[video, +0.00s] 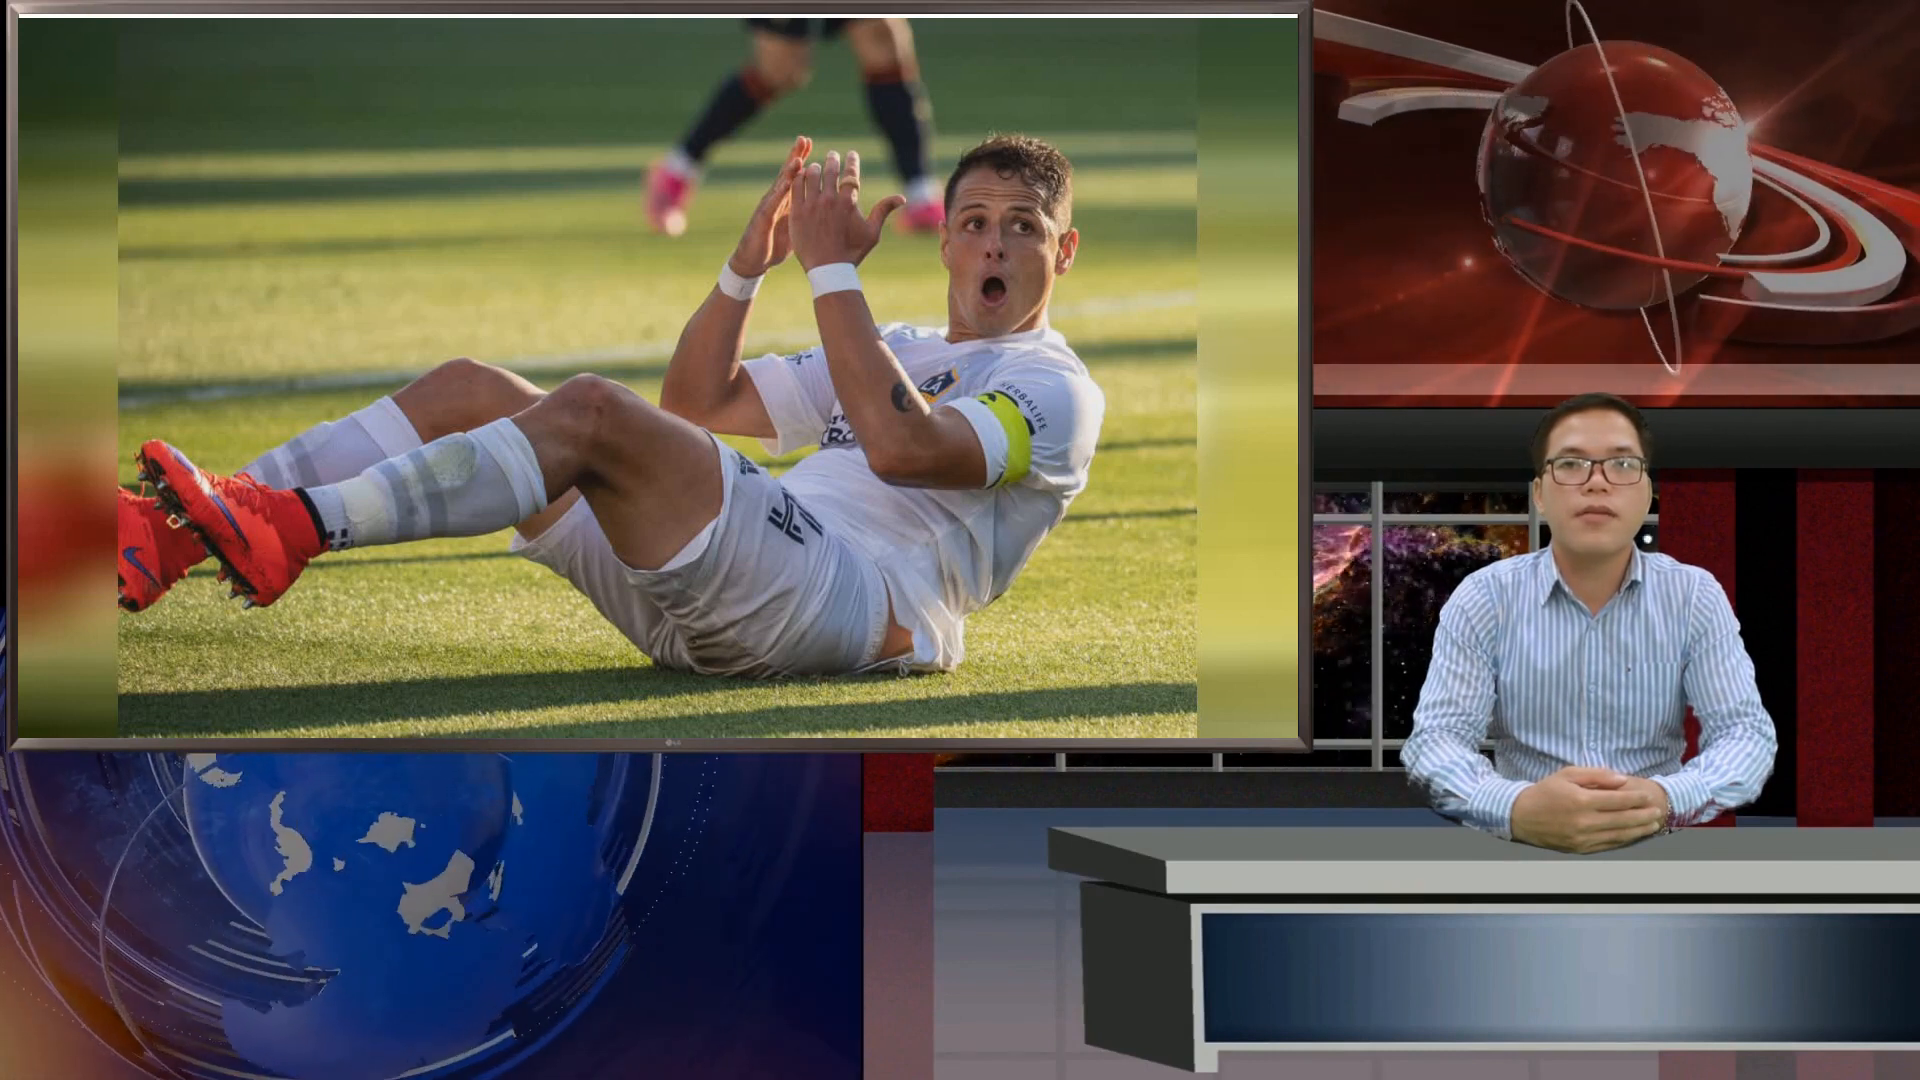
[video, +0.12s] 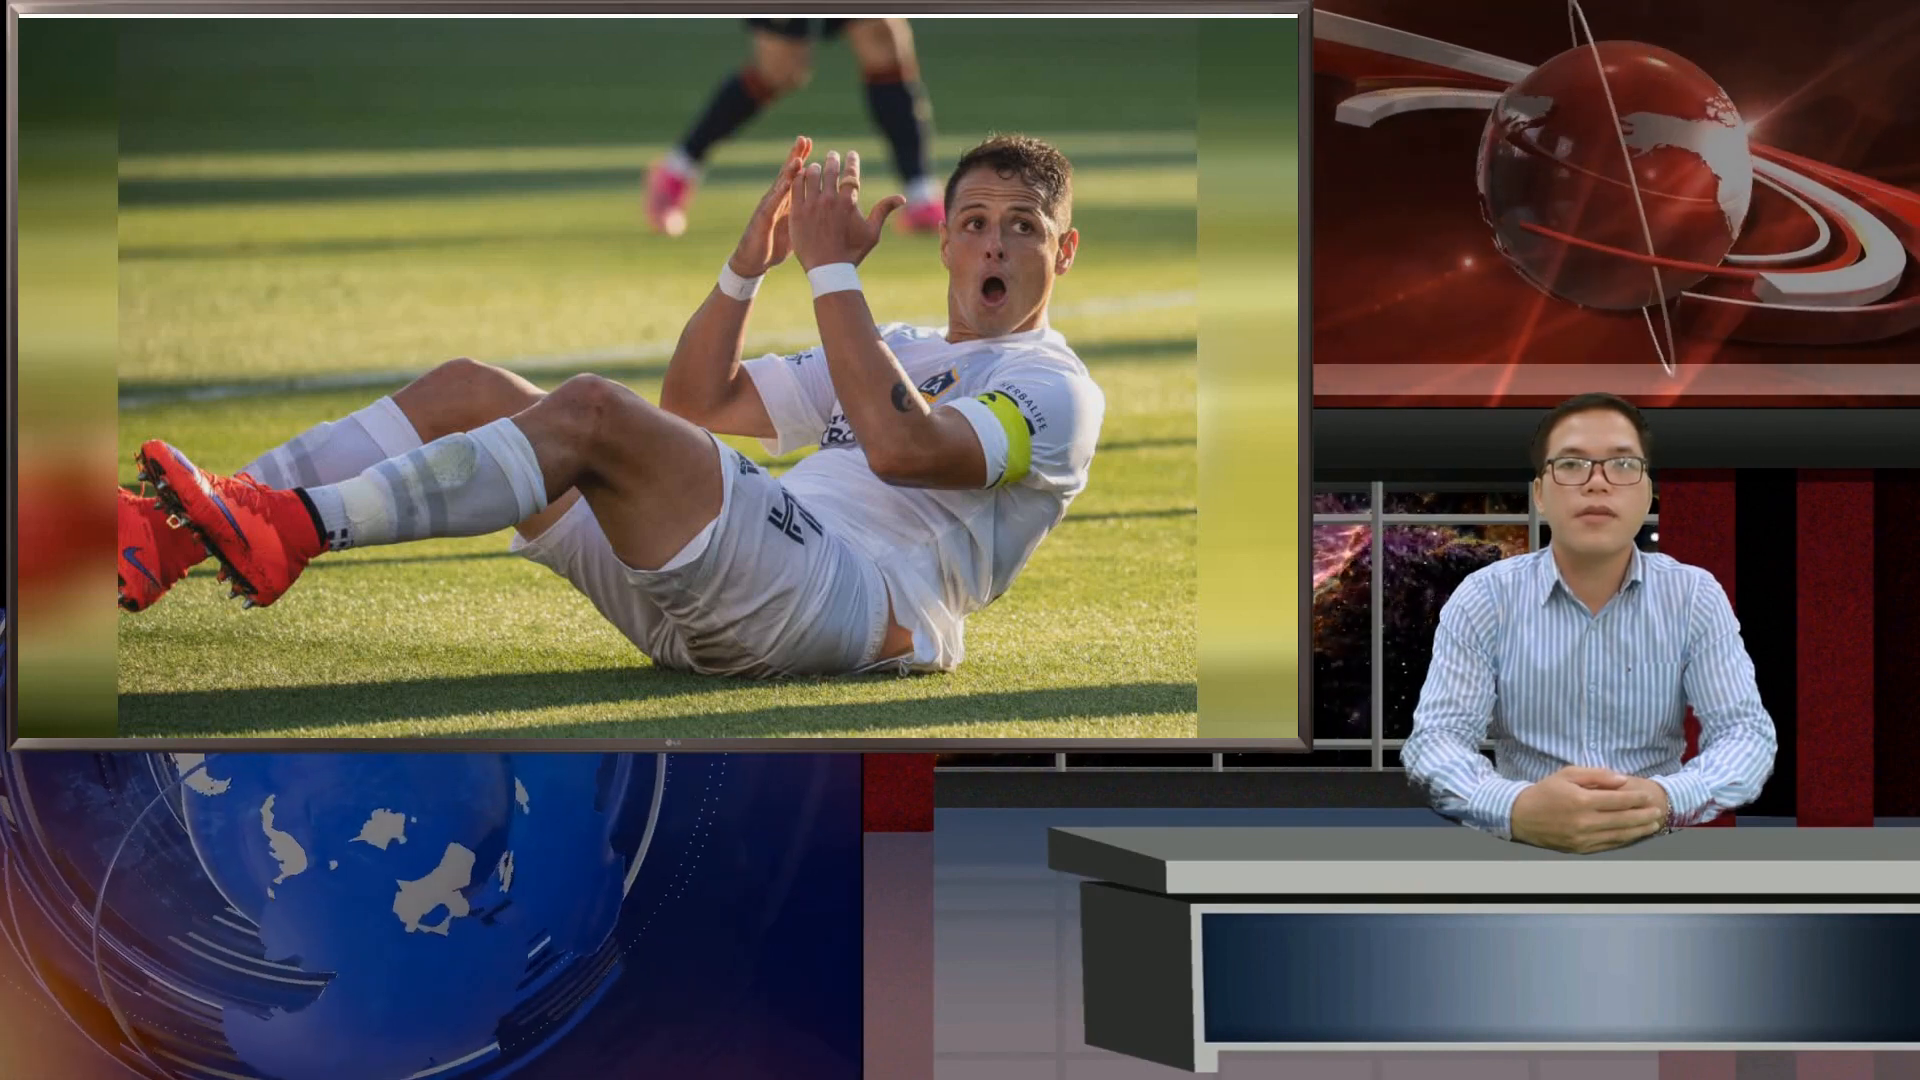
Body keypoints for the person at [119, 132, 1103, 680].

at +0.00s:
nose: (994, 246)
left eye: (1022, 230)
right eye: (975, 224)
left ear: (1065, 257)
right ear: (942, 242)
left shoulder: (1054, 389)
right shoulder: (893, 359)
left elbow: (901, 447)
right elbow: (695, 404)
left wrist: (833, 270)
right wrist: (746, 270)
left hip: (842, 603)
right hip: (734, 573)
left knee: (592, 413)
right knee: (468, 389)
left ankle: (300, 524)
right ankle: (173, 542)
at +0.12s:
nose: (994, 246)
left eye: (1022, 230)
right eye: (975, 224)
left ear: (1065, 257)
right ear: (942, 242)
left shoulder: (1054, 389)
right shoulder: (893, 359)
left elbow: (901, 447)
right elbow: (695, 404)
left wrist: (833, 270)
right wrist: (746, 270)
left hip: (842, 602)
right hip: (734, 573)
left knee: (592, 413)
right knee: (468, 389)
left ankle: (300, 524)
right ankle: (174, 542)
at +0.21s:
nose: (994, 246)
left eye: (1022, 230)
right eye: (974, 224)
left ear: (1065, 257)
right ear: (942, 242)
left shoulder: (1054, 389)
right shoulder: (893, 359)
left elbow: (901, 447)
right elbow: (695, 404)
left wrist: (833, 270)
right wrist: (746, 270)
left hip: (842, 602)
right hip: (734, 573)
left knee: (592, 413)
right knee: (468, 389)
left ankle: (300, 524)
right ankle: (173, 542)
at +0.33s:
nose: (996, 245)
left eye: (1023, 229)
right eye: (976, 223)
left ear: (1065, 257)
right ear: (943, 241)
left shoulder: (1056, 389)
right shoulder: (892, 358)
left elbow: (901, 447)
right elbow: (695, 405)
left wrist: (833, 268)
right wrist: (746, 270)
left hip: (840, 604)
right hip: (733, 572)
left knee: (593, 413)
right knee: (468, 389)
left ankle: (300, 524)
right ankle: (173, 542)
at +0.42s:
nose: (994, 246)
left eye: (1021, 230)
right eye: (974, 224)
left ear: (1065, 257)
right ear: (942, 242)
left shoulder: (1054, 389)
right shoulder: (893, 358)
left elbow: (901, 447)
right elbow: (695, 404)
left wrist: (833, 270)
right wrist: (746, 270)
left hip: (842, 602)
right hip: (734, 572)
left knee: (592, 413)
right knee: (468, 389)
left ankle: (299, 524)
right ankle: (173, 542)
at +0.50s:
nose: (994, 246)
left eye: (1022, 230)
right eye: (974, 224)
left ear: (1065, 257)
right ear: (942, 242)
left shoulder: (1055, 389)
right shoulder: (893, 358)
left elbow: (902, 447)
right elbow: (695, 404)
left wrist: (833, 270)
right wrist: (746, 270)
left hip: (841, 602)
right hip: (734, 572)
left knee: (592, 413)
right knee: (468, 389)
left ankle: (299, 524)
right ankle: (173, 542)